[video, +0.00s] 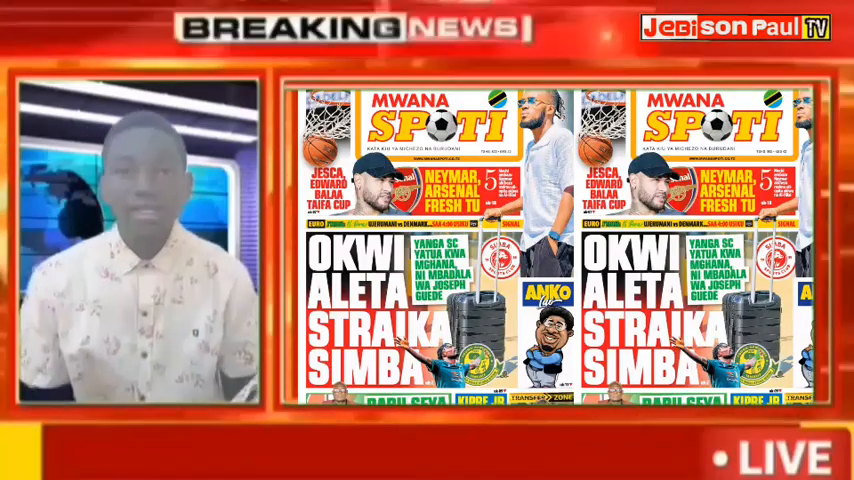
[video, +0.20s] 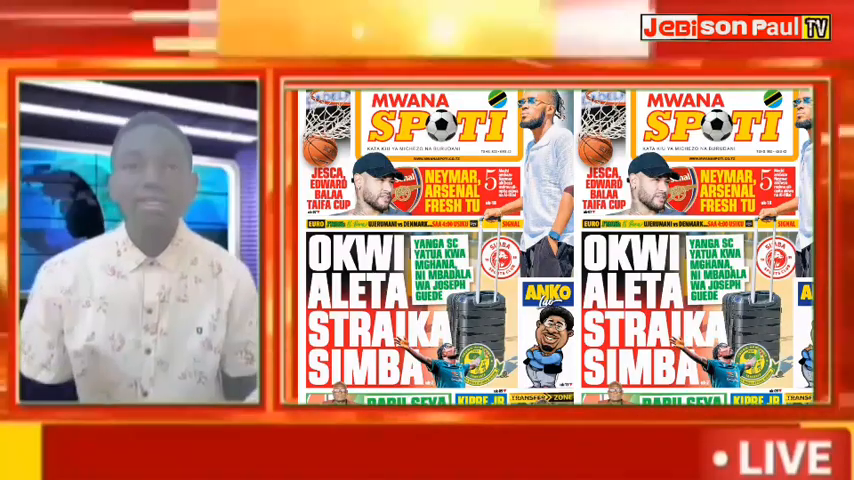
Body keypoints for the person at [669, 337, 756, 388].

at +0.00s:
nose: (729, 348)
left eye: (729, 347)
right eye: (725, 347)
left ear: (731, 351)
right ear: (718, 353)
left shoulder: (737, 366)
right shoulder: (714, 364)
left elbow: (750, 365)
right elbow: (698, 359)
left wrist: (755, 358)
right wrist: (683, 348)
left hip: (737, 401)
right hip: (720, 401)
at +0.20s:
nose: (729, 348)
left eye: (729, 347)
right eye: (725, 347)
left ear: (731, 351)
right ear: (718, 353)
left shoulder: (737, 366)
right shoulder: (714, 364)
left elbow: (750, 365)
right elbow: (698, 359)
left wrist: (755, 358)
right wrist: (683, 348)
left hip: (737, 401)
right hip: (720, 401)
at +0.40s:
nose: (729, 348)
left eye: (729, 347)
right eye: (725, 347)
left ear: (731, 351)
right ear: (718, 353)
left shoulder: (737, 366)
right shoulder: (714, 364)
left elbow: (750, 365)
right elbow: (698, 359)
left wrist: (755, 358)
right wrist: (683, 348)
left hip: (737, 401)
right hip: (720, 401)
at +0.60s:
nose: (729, 348)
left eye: (729, 347)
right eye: (725, 347)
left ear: (731, 351)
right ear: (718, 353)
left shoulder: (737, 366)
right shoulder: (714, 364)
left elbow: (750, 365)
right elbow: (698, 359)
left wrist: (755, 358)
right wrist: (683, 348)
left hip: (737, 401)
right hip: (720, 401)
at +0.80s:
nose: (729, 348)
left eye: (729, 347)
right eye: (725, 347)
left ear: (731, 351)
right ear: (718, 353)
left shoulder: (737, 366)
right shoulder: (714, 364)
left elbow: (750, 365)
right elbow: (698, 359)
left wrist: (755, 358)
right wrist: (684, 348)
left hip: (737, 401)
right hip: (720, 402)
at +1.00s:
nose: (729, 348)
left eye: (729, 347)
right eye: (725, 347)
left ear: (731, 351)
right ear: (718, 353)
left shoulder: (737, 366)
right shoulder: (714, 364)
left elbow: (750, 365)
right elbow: (698, 359)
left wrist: (754, 359)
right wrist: (684, 348)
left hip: (737, 401)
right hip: (720, 401)